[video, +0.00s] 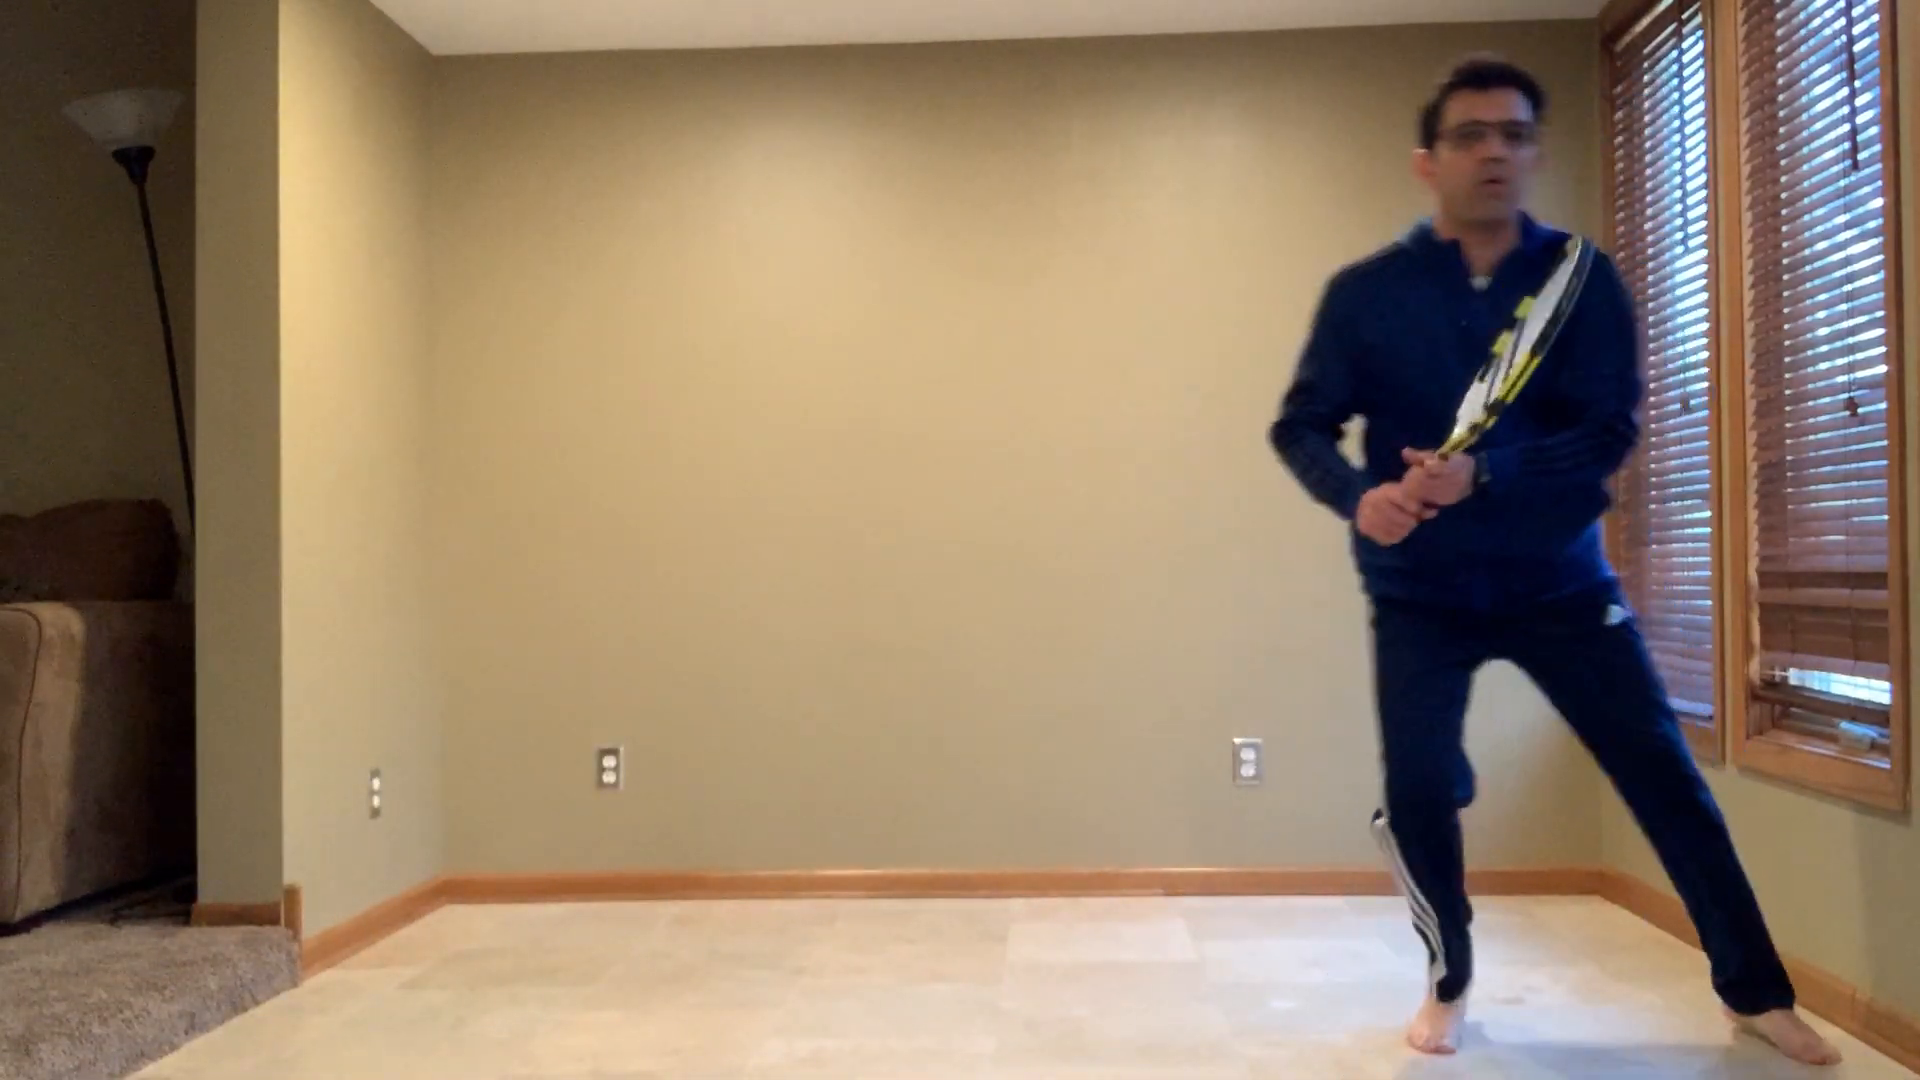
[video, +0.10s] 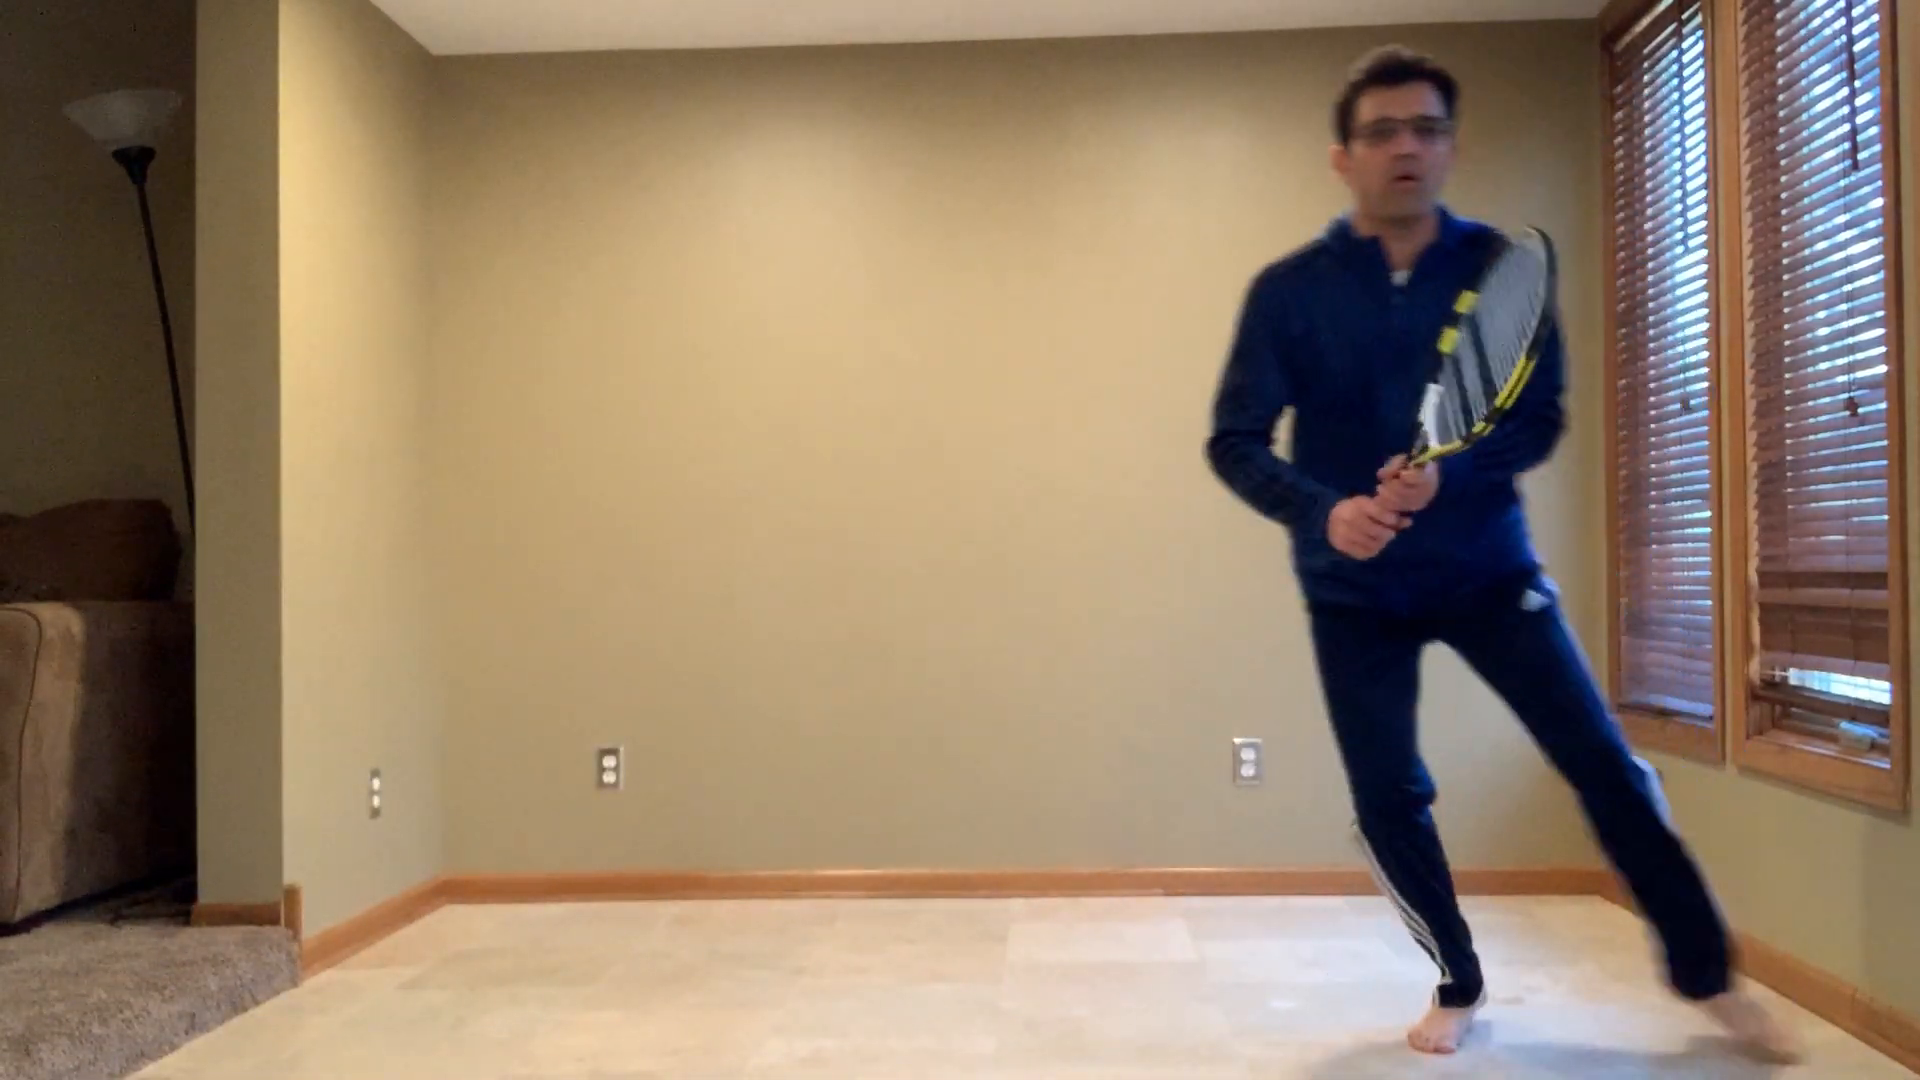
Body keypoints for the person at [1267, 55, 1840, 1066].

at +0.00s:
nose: (1497, 154)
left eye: (1515, 135)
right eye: (1471, 136)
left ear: (1537, 155)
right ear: (1425, 160)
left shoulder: (1585, 280)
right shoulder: (1365, 294)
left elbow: (1605, 437)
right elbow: (1301, 427)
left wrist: (1480, 477)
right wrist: (1355, 498)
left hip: (1557, 582)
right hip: (1420, 593)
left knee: (1664, 773)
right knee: (1417, 794)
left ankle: (1757, 993)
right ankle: (1446, 975)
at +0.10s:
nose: (1405, 147)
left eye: (1425, 129)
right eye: (1381, 132)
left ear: (1451, 148)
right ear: (1343, 157)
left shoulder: (1503, 265)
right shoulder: (1290, 290)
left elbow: (1539, 418)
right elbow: (1233, 444)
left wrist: (1441, 473)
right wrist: (1320, 511)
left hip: (1485, 568)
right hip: (1355, 589)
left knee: (1605, 764)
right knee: (1387, 799)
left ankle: (1710, 976)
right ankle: (1457, 982)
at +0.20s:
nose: (1330, 136)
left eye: (1349, 117)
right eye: (1307, 120)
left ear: (1378, 135)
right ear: (1271, 143)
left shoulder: (1422, 253)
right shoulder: (1219, 273)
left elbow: (1467, 409)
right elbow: (1175, 432)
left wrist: (1392, 457)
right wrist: (1287, 496)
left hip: (1415, 552)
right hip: (1295, 574)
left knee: (1485, 743)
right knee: (1363, 789)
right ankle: (1454, 976)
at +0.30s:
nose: (1247, 131)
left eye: (1269, 111)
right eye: (1224, 114)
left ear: (1300, 129)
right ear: (1193, 135)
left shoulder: (1350, 249)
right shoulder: (1142, 265)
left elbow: (1389, 401)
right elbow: (1112, 420)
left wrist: (1308, 464)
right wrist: (1215, 495)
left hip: (1328, 556)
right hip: (1208, 565)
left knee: (1348, 764)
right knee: (1255, 788)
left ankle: (1324, 1008)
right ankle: (1371, 934)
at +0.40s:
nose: (1145, 157)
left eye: (1166, 138)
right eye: (1124, 139)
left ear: (1204, 158)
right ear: (1097, 162)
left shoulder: (1258, 279)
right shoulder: (1056, 297)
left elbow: (1305, 426)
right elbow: (1033, 455)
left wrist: (1202, 507)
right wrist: (1113, 527)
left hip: (1248, 578)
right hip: (1118, 584)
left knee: (1275, 790)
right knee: (1067, 773)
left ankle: (1310, 1018)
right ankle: (1134, 936)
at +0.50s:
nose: (1028, 157)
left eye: (1052, 140)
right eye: (1010, 139)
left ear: (1094, 164)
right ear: (986, 161)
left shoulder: (1150, 279)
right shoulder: (951, 299)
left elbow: (1193, 429)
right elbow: (932, 455)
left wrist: (1085, 507)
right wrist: (996, 526)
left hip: (1151, 586)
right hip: (1015, 591)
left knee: (1226, 786)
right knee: (931, 788)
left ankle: (1302, 1018)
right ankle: (876, 1001)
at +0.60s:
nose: (934, 145)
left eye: (960, 127)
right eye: (917, 127)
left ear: (1003, 149)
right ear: (897, 147)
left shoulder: (1050, 273)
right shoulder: (851, 279)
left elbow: (1082, 423)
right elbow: (822, 427)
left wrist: (973, 481)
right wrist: (885, 504)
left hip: (1032, 576)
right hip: (901, 582)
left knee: (1114, 779)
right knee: (854, 792)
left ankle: (1211, 1011)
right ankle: (862, 1007)